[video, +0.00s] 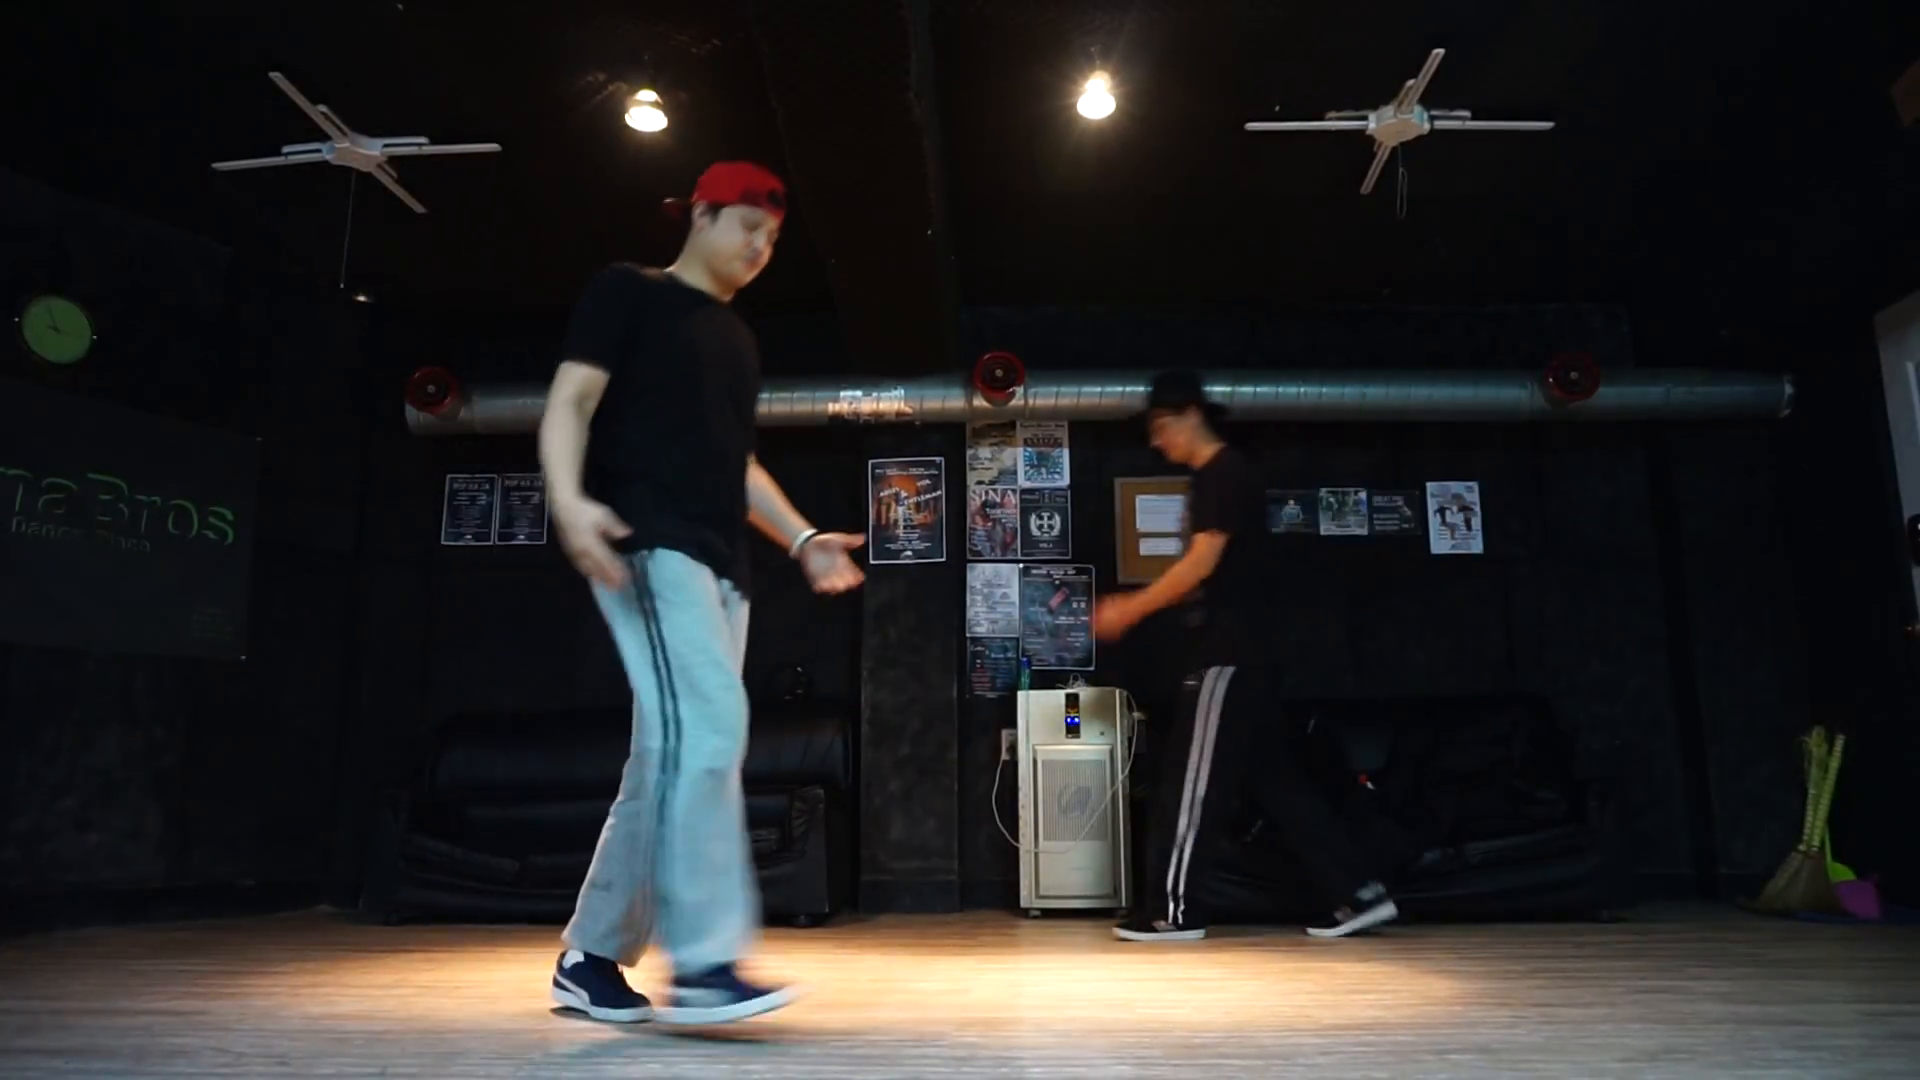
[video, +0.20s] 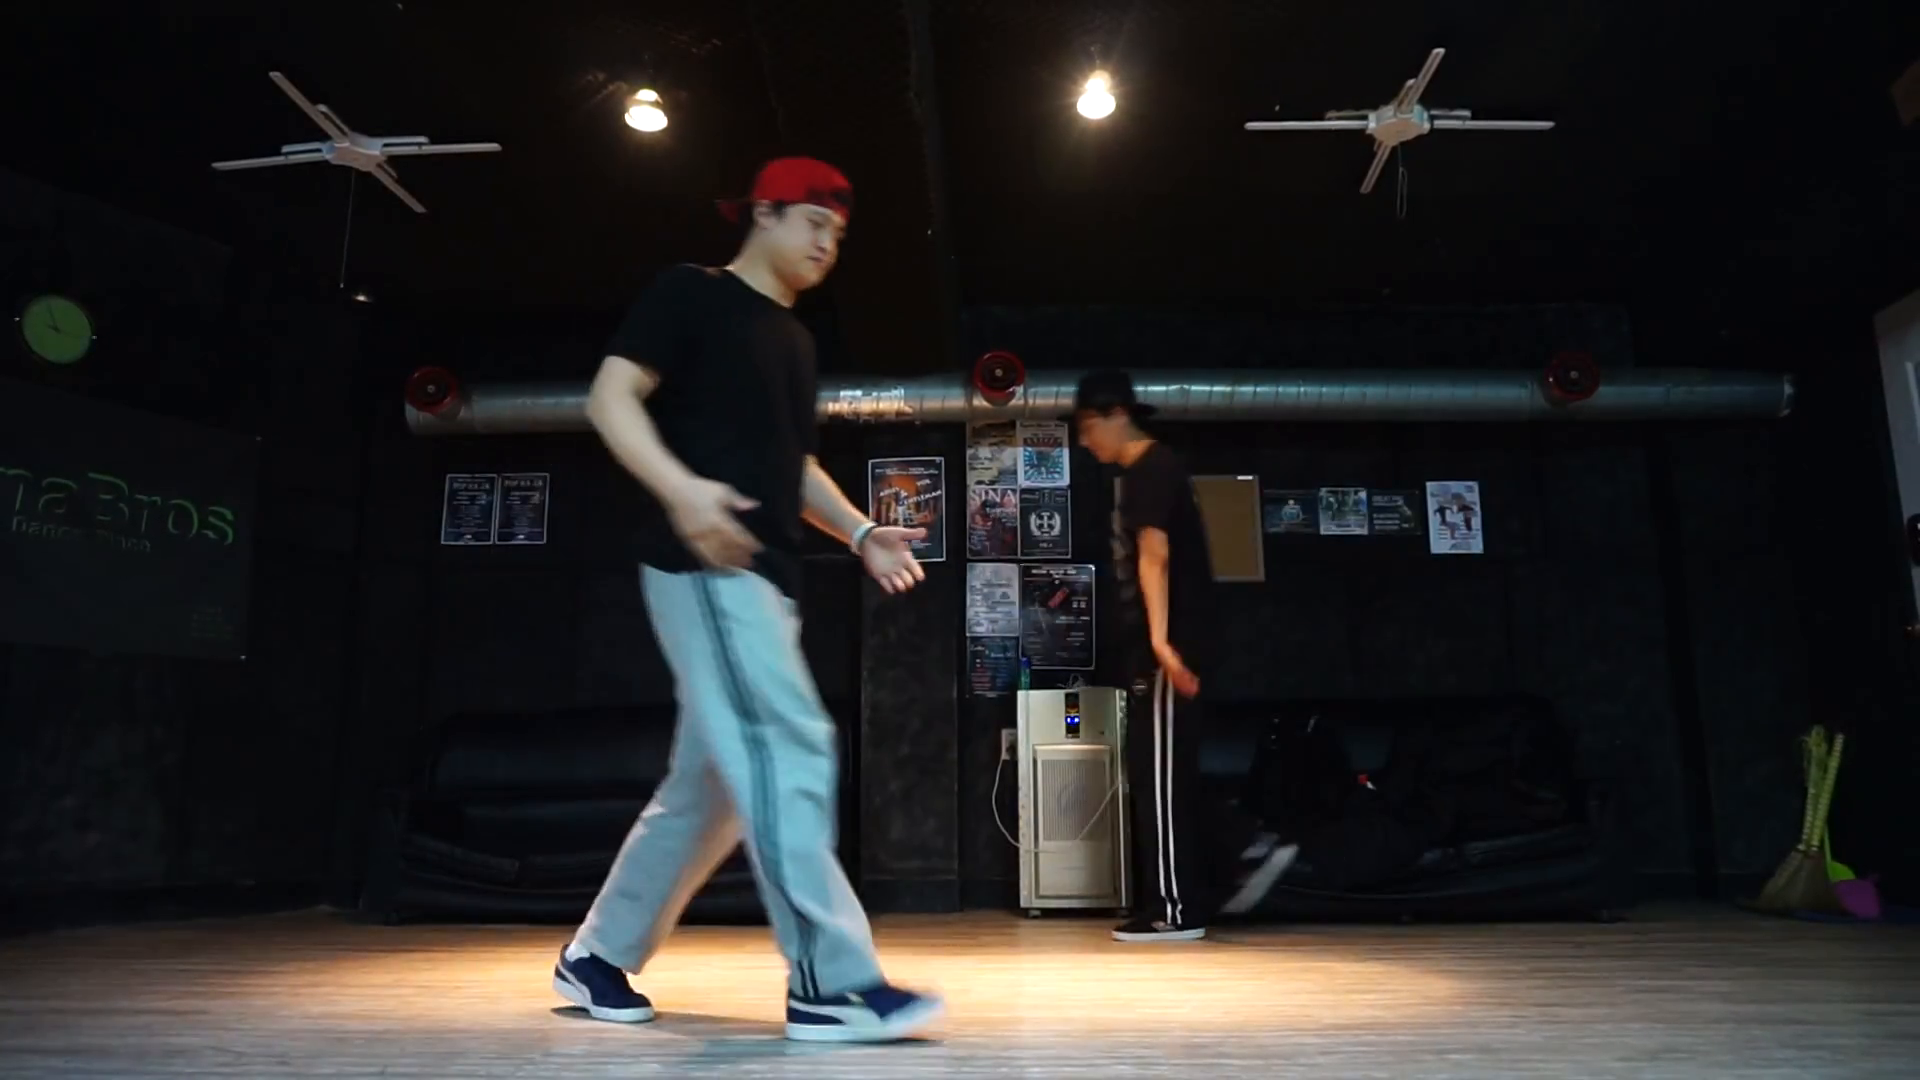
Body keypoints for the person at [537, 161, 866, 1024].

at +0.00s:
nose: (759, 246)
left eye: (769, 235)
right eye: (747, 225)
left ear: (768, 246)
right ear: (700, 218)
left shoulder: (735, 340)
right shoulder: (628, 294)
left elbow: (736, 463)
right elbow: (568, 404)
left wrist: (804, 540)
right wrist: (566, 502)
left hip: (720, 570)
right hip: (647, 554)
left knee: (668, 754)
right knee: (708, 727)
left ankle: (590, 958)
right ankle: (703, 970)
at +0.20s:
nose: (828, 244)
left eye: (837, 233)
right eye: (815, 225)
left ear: (831, 244)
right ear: (763, 219)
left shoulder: (792, 339)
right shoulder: (693, 294)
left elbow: (785, 461)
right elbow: (610, 399)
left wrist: (861, 532)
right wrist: (682, 490)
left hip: (758, 580)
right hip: (704, 574)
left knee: (712, 783)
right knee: (789, 753)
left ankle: (595, 961)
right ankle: (830, 984)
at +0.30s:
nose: (866, 256)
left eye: (877, 245)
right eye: (855, 235)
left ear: (873, 253)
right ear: (805, 222)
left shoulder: (823, 341)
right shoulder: (723, 301)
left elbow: (815, 466)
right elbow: (640, 403)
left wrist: (881, 532)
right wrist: (739, 474)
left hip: (784, 577)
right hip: (746, 575)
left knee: (765, 783)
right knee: (845, 742)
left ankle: (618, 939)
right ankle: (836, 987)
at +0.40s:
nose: (904, 268)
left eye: (915, 256)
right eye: (895, 245)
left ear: (909, 262)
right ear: (845, 228)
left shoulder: (854, 343)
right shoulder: (758, 304)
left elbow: (840, 466)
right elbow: (677, 408)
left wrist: (899, 523)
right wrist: (796, 457)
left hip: (834, 584)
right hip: (790, 584)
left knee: (854, 787)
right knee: (896, 762)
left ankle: (666, 905)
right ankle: (841, 985)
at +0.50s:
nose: (938, 280)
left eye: (948, 268)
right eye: (930, 258)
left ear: (939, 269)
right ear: (884, 234)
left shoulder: (875, 341)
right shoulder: (795, 305)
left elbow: (871, 461)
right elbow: (723, 410)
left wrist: (925, 524)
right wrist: (858, 436)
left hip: (875, 585)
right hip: (834, 587)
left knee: (914, 787)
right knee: (927, 782)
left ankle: (740, 901)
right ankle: (843, 989)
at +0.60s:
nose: (971, 282)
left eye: (979, 268)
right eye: (969, 261)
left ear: (941, 247)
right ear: (926, 232)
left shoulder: (899, 329)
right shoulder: (832, 294)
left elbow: (898, 463)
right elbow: (783, 398)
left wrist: (954, 517)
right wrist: (922, 393)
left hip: (914, 579)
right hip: (870, 580)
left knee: (998, 773)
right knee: (939, 782)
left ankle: (824, 919)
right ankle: (843, 992)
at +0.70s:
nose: (1006, 266)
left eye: (1013, 251)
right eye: (1005, 244)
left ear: (973, 223)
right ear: (966, 215)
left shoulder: (931, 310)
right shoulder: (876, 277)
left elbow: (923, 444)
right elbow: (861, 375)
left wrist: (975, 484)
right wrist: (992, 350)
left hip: (948, 570)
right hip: (903, 567)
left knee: (1026, 748)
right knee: (937, 771)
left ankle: (936, 958)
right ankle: (841, 985)